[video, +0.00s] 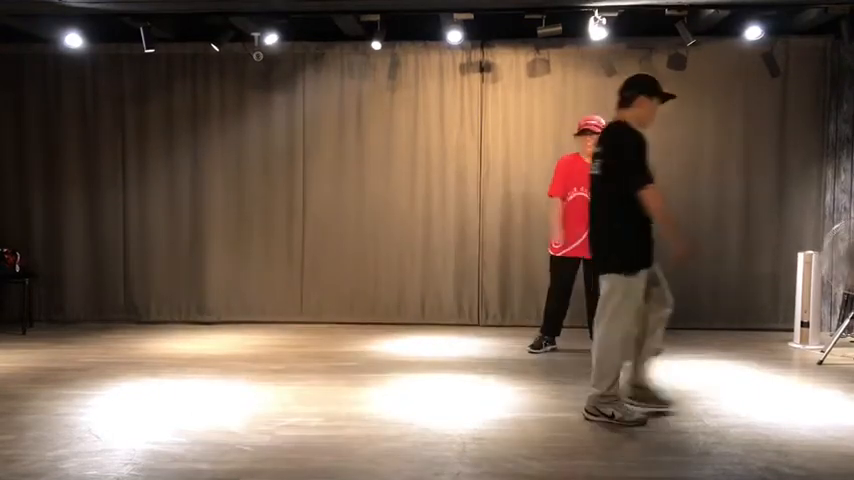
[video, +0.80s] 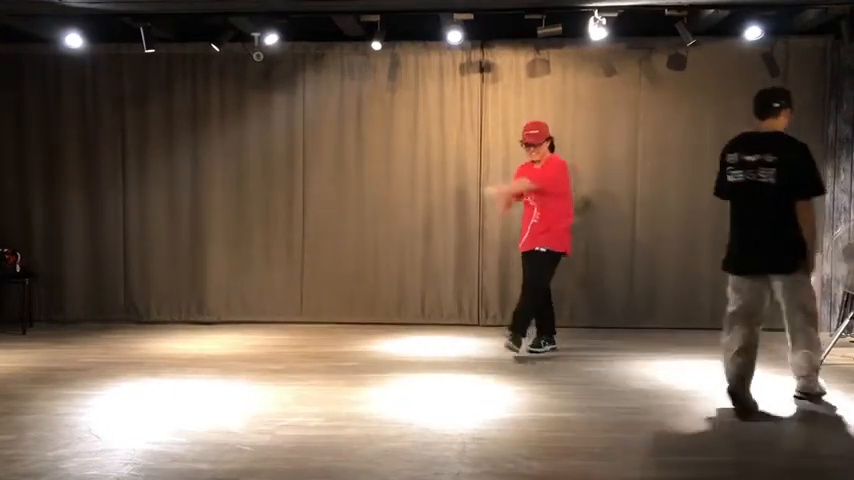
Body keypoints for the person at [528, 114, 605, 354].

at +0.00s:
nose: (590, 140)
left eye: (594, 136)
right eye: (586, 135)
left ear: (602, 139)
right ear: (579, 138)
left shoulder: (606, 166)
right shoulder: (566, 164)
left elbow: (613, 202)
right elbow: (557, 200)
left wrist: (608, 237)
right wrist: (557, 232)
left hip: (595, 242)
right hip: (567, 241)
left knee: (597, 293)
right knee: (558, 291)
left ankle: (599, 337)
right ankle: (548, 335)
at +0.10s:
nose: (579, 140)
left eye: (584, 136)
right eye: (575, 136)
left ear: (593, 138)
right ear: (569, 139)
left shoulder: (604, 166)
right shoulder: (558, 162)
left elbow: (614, 201)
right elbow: (540, 193)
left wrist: (621, 235)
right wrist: (530, 219)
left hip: (592, 241)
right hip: (559, 239)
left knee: (593, 293)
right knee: (554, 291)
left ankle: (599, 339)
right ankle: (547, 336)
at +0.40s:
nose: (548, 142)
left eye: (552, 137)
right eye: (544, 138)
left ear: (563, 138)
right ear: (540, 140)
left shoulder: (575, 163)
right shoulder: (538, 163)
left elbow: (603, 184)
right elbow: (536, 186)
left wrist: (627, 202)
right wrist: (525, 197)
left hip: (565, 241)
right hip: (536, 241)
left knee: (574, 292)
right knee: (541, 293)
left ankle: (589, 339)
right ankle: (546, 337)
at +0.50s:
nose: (539, 144)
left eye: (543, 139)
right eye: (535, 140)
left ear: (555, 139)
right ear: (531, 142)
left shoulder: (570, 163)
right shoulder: (533, 166)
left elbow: (599, 180)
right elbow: (540, 190)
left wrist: (627, 195)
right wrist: (528, 200)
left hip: (560, 242)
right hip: (533, 242)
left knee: (561, 292)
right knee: (539, 293)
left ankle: (571, 341)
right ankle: (545, 337)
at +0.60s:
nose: (531, 149)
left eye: (535, 144)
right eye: (528, 145)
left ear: (547, 142)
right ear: (525, 146)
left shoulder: (564, 166)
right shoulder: (528, 169)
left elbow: (591, 187)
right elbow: (522, 196)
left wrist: (613, 203)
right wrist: (506, 215)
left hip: (558, 242)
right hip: (532, 242)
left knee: (550, 290)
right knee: (536, 290)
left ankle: (549, 341)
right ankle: (542, 335)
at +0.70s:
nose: (530, 151)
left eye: (534, 146)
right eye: (526, 147)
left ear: (547, 143)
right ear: (523, 147)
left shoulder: (561, 166)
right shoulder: (527, 172)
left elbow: (562, 193)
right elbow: (511, 200)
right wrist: (491, 221)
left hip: (554, 239)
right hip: (532, 239)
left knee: (541, 290)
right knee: (536, 290)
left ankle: (531, 334)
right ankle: (542, 336)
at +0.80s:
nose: (532, 152)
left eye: (536, 146)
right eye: (527, 147)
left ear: (548, 143)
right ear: (523, 146)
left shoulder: (557, 166)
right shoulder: (524, 170)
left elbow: (536, 184)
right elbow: (516, 193)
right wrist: (507, 197)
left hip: (552, 236)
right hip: (530, 236)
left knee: (533, 285)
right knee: (538, 287)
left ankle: (516, 332)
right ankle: (546, 336)